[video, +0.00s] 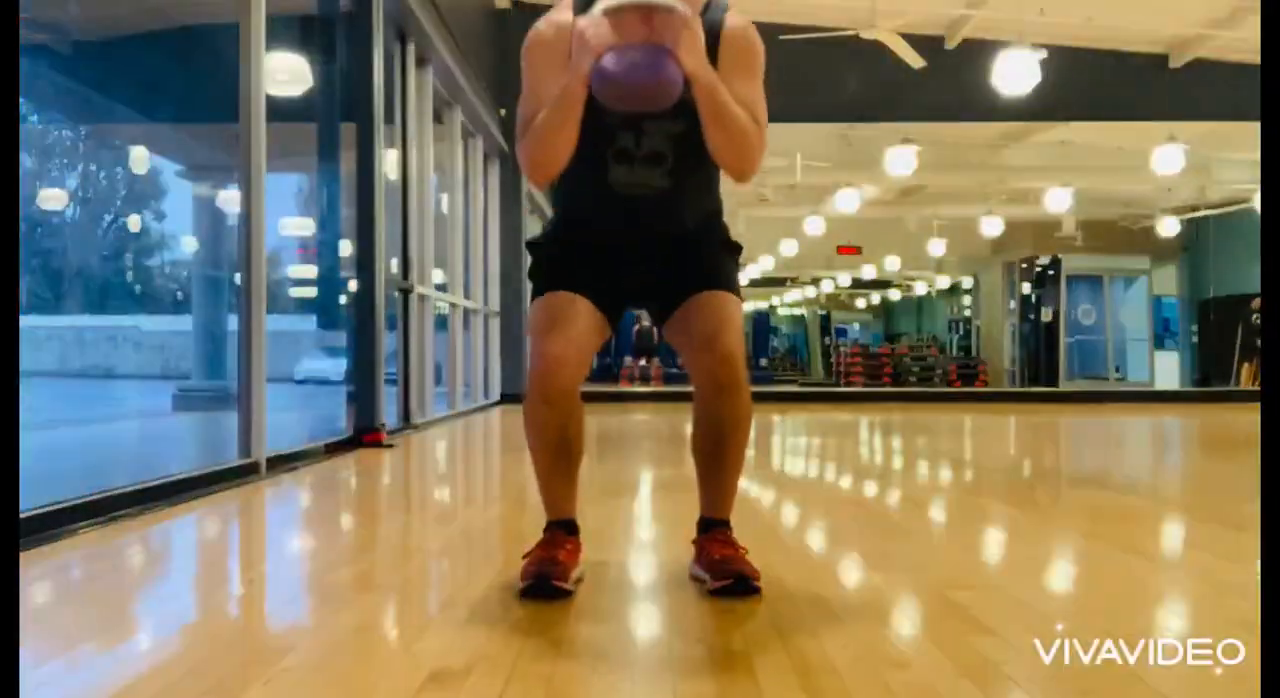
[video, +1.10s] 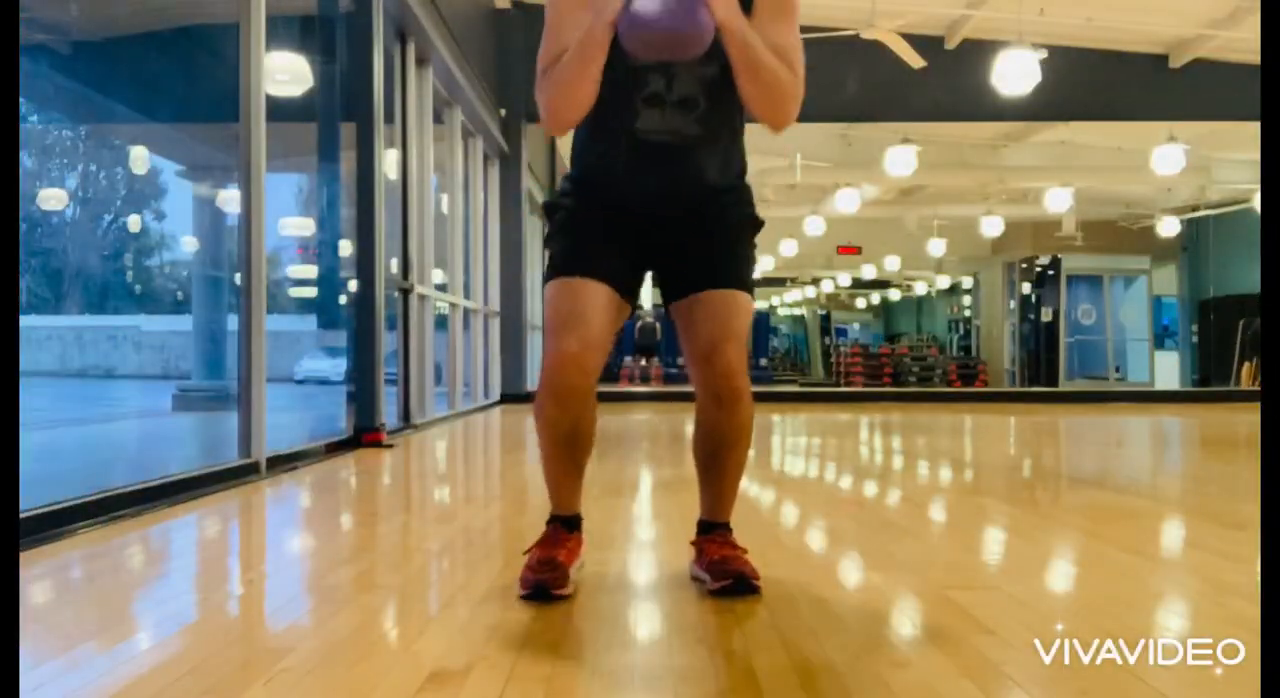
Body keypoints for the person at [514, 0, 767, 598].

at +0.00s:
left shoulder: (730, 33)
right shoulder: (558, 32)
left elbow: (744, 161)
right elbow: (539, 168)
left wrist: (694, 60)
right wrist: (579, 72)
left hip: (688, 241)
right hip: (586, 239)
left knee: (724, 361)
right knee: (550, 368)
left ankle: (716, 537)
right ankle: (559, 535)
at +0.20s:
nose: (637, 1)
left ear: (683, 5)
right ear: (603, 5)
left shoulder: (726, 102)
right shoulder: (554, 102)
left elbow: (743, 237)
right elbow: (530, 241)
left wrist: (697, 149)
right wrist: (578, 151)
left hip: (687, 297)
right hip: (584, 296)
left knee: (728, 376)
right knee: (541, 382)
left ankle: (716, 537)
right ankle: (558, 537)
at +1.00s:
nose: (663, 3)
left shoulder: (751, 22)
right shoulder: (571, 20)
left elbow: (766, 158)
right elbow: (542, 160)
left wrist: (714, 59)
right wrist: (596, 60)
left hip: (701, 236)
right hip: (597, 233)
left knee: (721, 378)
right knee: (556, 383)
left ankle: (714, 537)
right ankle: (559, 535)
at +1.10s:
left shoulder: (763, 1)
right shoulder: (577, 2)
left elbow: (780, 108)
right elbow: (556, 114)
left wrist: (726, 14)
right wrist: (604, 14)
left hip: (709, 205)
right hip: (601, 202)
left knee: (726, 377)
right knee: (566, 366)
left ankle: (715, 537)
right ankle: (562, 528)